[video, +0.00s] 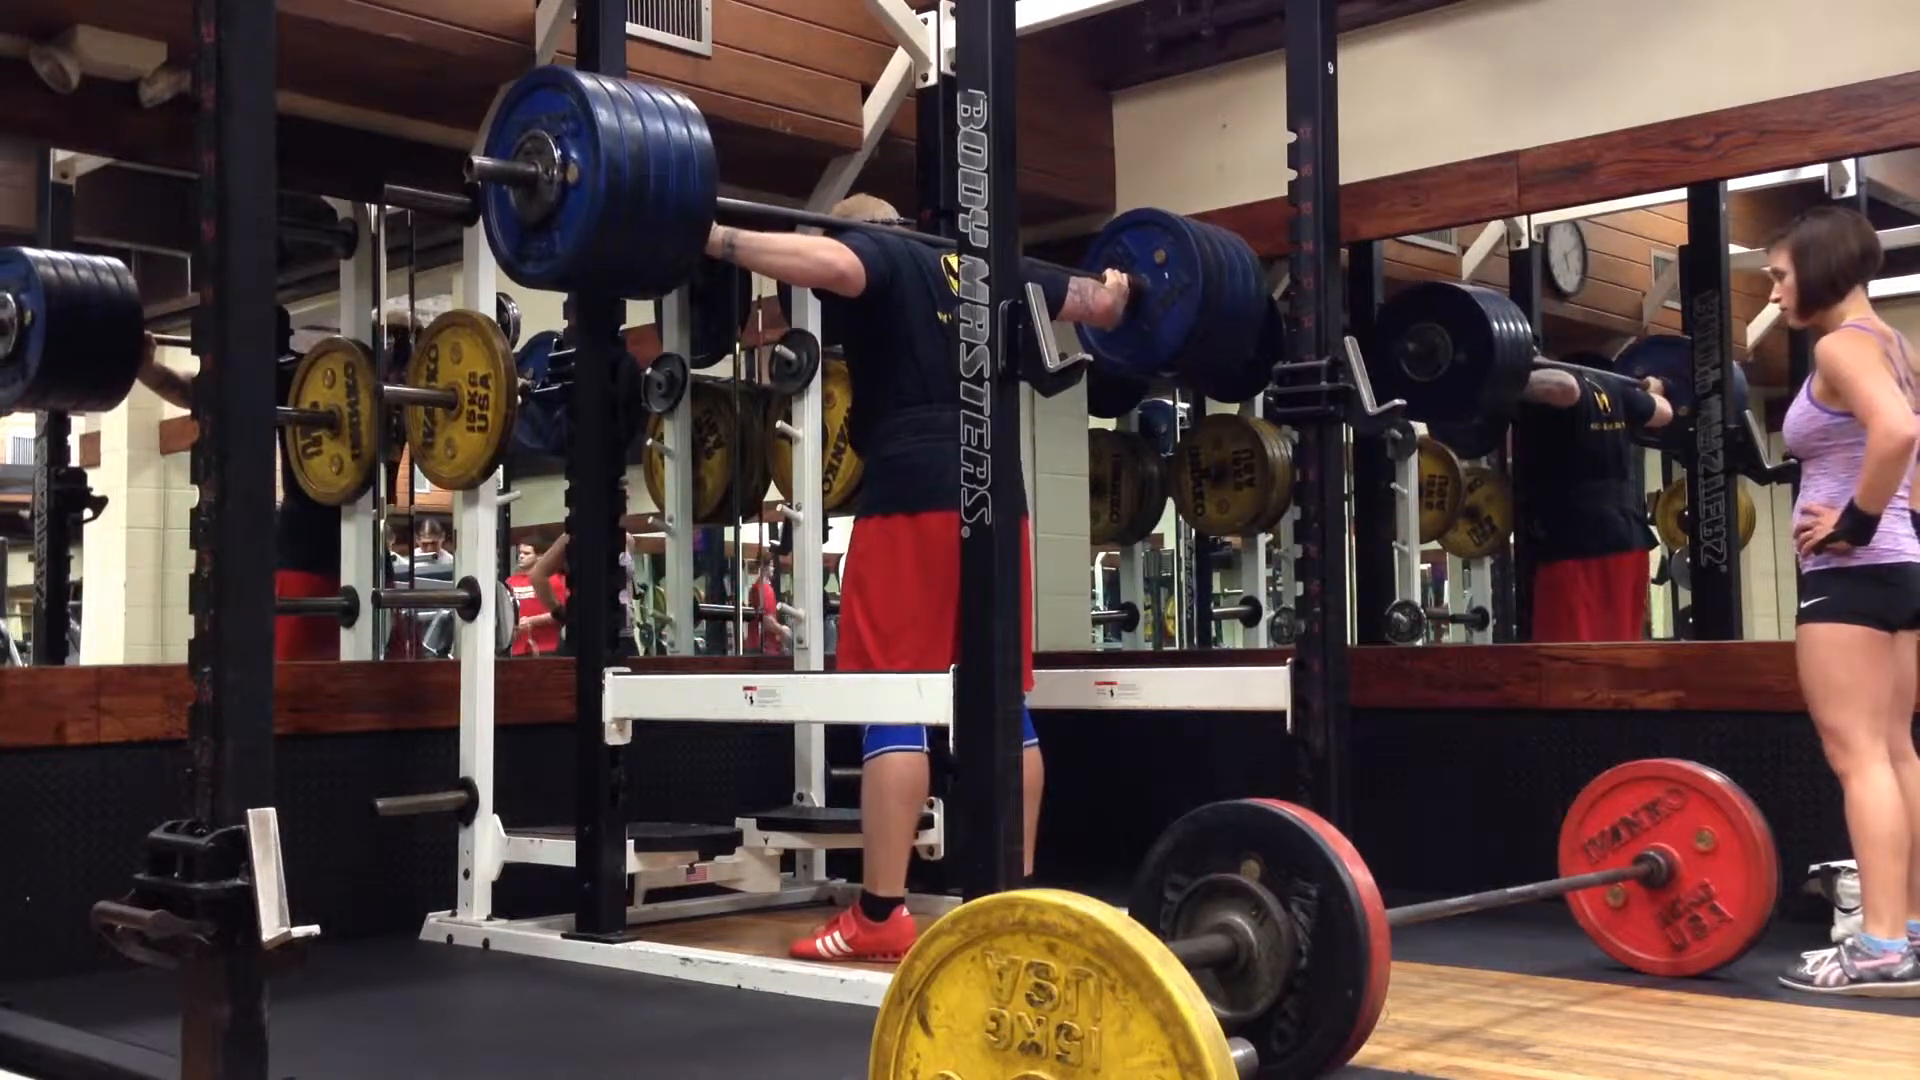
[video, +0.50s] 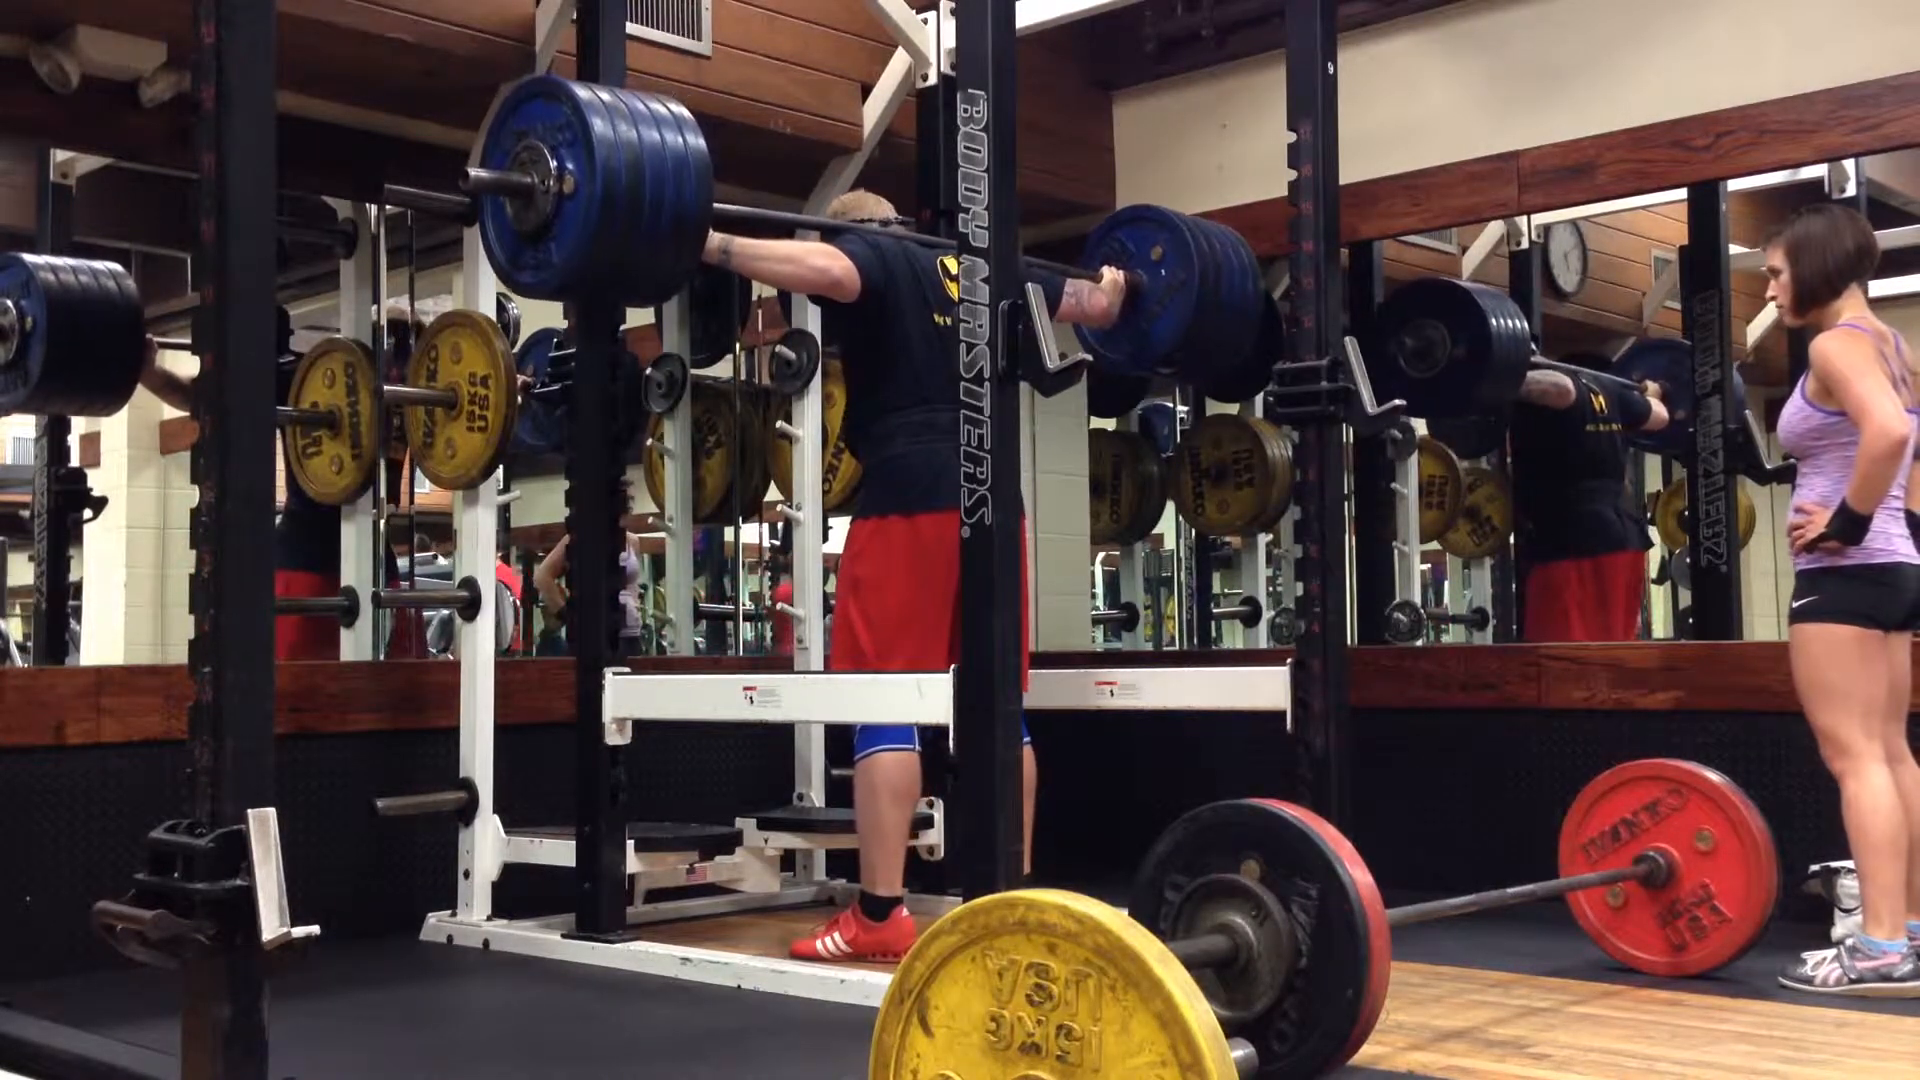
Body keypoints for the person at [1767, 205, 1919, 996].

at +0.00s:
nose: (1774, 289)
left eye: (1781, 274)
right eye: (1773, 274)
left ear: (1820, 270)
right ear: (1849, 270)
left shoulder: (1842, 344)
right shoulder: (1882, 339)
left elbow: (1894, 430)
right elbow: (1890, 440)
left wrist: (1852, 522)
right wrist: (1838, 508)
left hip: (1850, 577)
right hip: (1892, 572)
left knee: (1859, 756)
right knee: (1896, 749)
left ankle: (1883, 942)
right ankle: (1897, 930)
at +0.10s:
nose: (1773, 289)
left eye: (1780, 274)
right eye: (1772, 274)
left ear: (1820, 270)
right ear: (1849, 270)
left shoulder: (1840, 343)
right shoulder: (1882, 340)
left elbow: (1892, 430)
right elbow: (1905, 452)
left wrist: (1849, 523)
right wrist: (1866, 514)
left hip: (1849, 576)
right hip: (1892, 571)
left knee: (1857, 756)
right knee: (1894, 749)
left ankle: (1882, 942)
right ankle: (1903, 926)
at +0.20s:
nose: (1771, 287)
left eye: (1778, 272)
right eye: (1771, 272)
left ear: (1814, 270)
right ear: (1851, 270)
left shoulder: (1838, 343)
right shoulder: (1883, 340)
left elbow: (1891, 430)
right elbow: (1906, 455)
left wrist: (1847, 521)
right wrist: (1866, 514)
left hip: (1848, 576)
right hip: (1892, 570)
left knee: (1857, 757)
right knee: (1893, 749)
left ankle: (1882, 942)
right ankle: (1903, 927)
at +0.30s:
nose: (1771, 288)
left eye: (1778, 272)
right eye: (1770, 272)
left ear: (1813, 269)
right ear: (1852, 269)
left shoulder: (1837, 343)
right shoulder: (1883, 341)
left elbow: (1890, 430)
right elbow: (1906, 455)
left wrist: (1847, 521)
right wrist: (1871, 515)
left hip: (1847, 576)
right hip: (1891, 571)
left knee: (1857, 757)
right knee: (1892, 750)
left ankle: (1882, 942)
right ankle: (1903, 926)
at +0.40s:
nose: (1771, 287)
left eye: (1777, 271)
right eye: (1770, 272)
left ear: (1813, 268)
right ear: (1851, 268)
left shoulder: (1836, 343)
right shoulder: (1884, 342)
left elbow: (1889, 430)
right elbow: (1906, 458)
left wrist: (1845, 522)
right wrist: (1867, 514)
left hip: (1846, 575)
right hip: (1890, 571)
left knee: (1856, 757)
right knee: (1890, 749)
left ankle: (1882, 942)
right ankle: (1902, 926)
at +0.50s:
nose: (1770, 286)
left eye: (1777, 271)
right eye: (1769, 271)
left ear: (1812, 267)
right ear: (1851, 267)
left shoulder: (1835, 344)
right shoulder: (1883, 342)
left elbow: (1888, 431)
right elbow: (1906, 457)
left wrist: (1844, 522)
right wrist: (1873, 515)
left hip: (1844, 575)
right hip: (1889, 570)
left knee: (1856, 757)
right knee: (1889, 749)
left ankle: (1882, 942)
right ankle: (1902, 926)